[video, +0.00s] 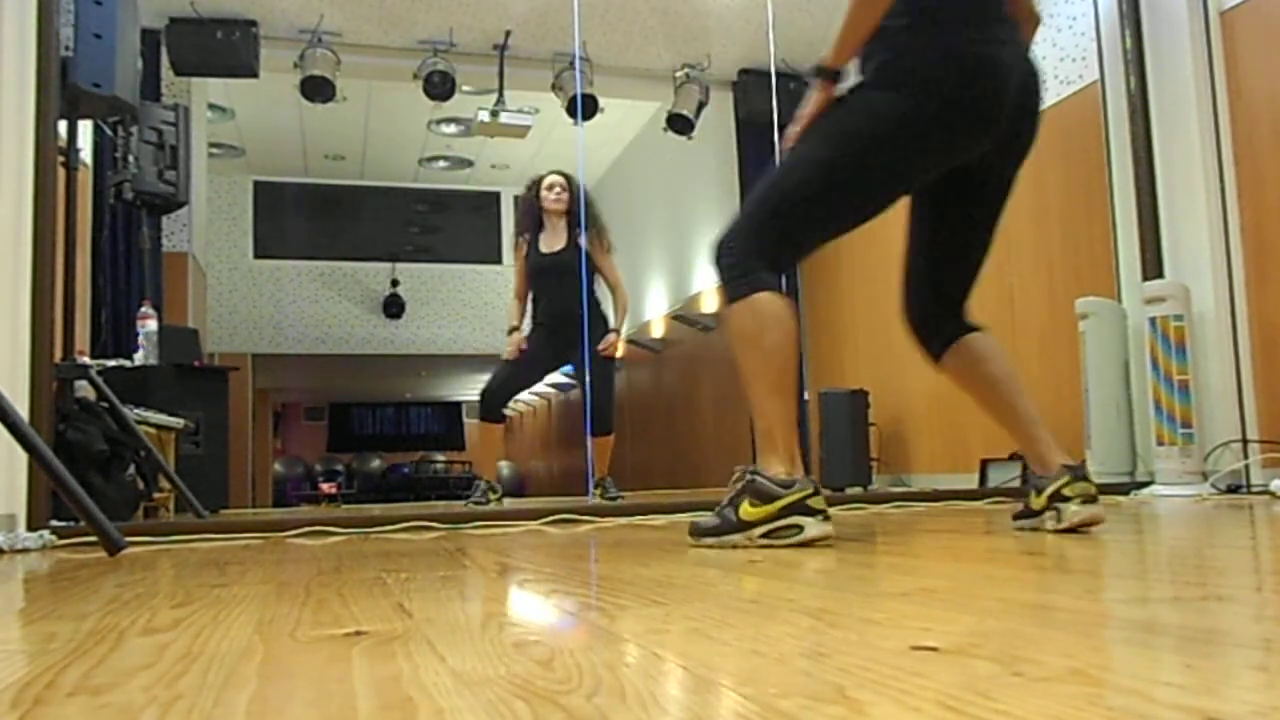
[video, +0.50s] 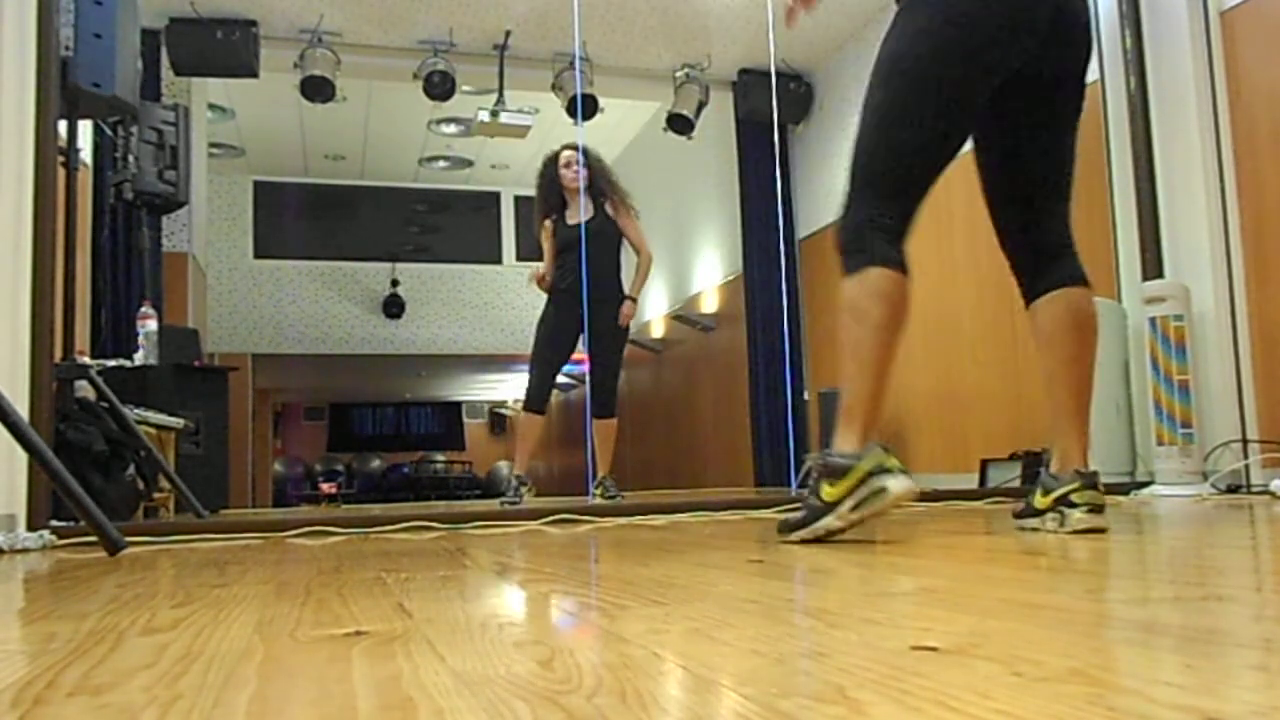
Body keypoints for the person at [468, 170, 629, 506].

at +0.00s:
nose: (557, 194)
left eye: (563, 189)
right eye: (550, 189)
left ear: (572, 199)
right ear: (537, 199)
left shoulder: (587, 238)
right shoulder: (527, 245)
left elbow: (618, 289)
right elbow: (520, 296)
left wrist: (618, 330)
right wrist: (515, 330)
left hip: (589, 337)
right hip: (545, 340)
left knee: (601, 405)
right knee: (491, 398)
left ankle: (601, 480)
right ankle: (488, 483)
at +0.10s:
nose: (564, 188)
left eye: (570, 183)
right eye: (557, 183)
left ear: (579, 192)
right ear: (544, 192)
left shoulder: (594, 231)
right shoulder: (532, 238)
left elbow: (627, 282)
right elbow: (524, 289)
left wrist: (627, 322)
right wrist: (528, 322)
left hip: (602, 329)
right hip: (559, 332)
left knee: (604, 405)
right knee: (507, 392)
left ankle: (604, 481)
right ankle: (491, 480)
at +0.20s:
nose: (569, 179)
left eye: (574, 174)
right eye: (562, 175)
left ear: (583, 182)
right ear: (548, 184)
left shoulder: (600, 220)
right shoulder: (537, 229)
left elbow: (633, 271)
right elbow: (530, 279)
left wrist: (630, 314)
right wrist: (536, 311)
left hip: (608, 319)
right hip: (565, 322)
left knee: (608, 401)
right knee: (517, 385)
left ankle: (604, 479)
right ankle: (498, 472)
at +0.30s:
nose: (572, 171)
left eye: (577, 165)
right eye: (564, 166)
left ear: (586, 173)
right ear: (552, 177)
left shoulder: (604, 211)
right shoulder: (543, 224)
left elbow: (637, 261)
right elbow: (539, 272)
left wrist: (631, 306)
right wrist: (540, 301)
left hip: (609, 310)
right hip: (567, 311)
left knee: (606, 393)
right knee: (521, 375)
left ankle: (603, 479)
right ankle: (510, 466)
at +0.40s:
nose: (574, 169)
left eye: (579, 164)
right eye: (566, 165)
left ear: (588, 171)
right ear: (554, 174)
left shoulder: (607, 206)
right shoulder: (549, 224)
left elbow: (642, 254)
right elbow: (548, 276)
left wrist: (631, 300)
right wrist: (542, 285)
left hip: (608, 308)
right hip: (565, 307)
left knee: (603, 391)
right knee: (526, 376)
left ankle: (604, 478)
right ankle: (515, 470)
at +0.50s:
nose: (575, 170)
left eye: (580, 164)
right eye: (567, 166)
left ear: (590, 172)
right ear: (556, 176)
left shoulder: (611, 207)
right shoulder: (551, 224)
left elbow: (645, 254)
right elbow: (549, 278)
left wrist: (632, 299)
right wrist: (541, 277)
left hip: (606, 309)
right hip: (562, 308)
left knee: (604, 393)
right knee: (538, 388)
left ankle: (603, 478)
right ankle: (519, 477)